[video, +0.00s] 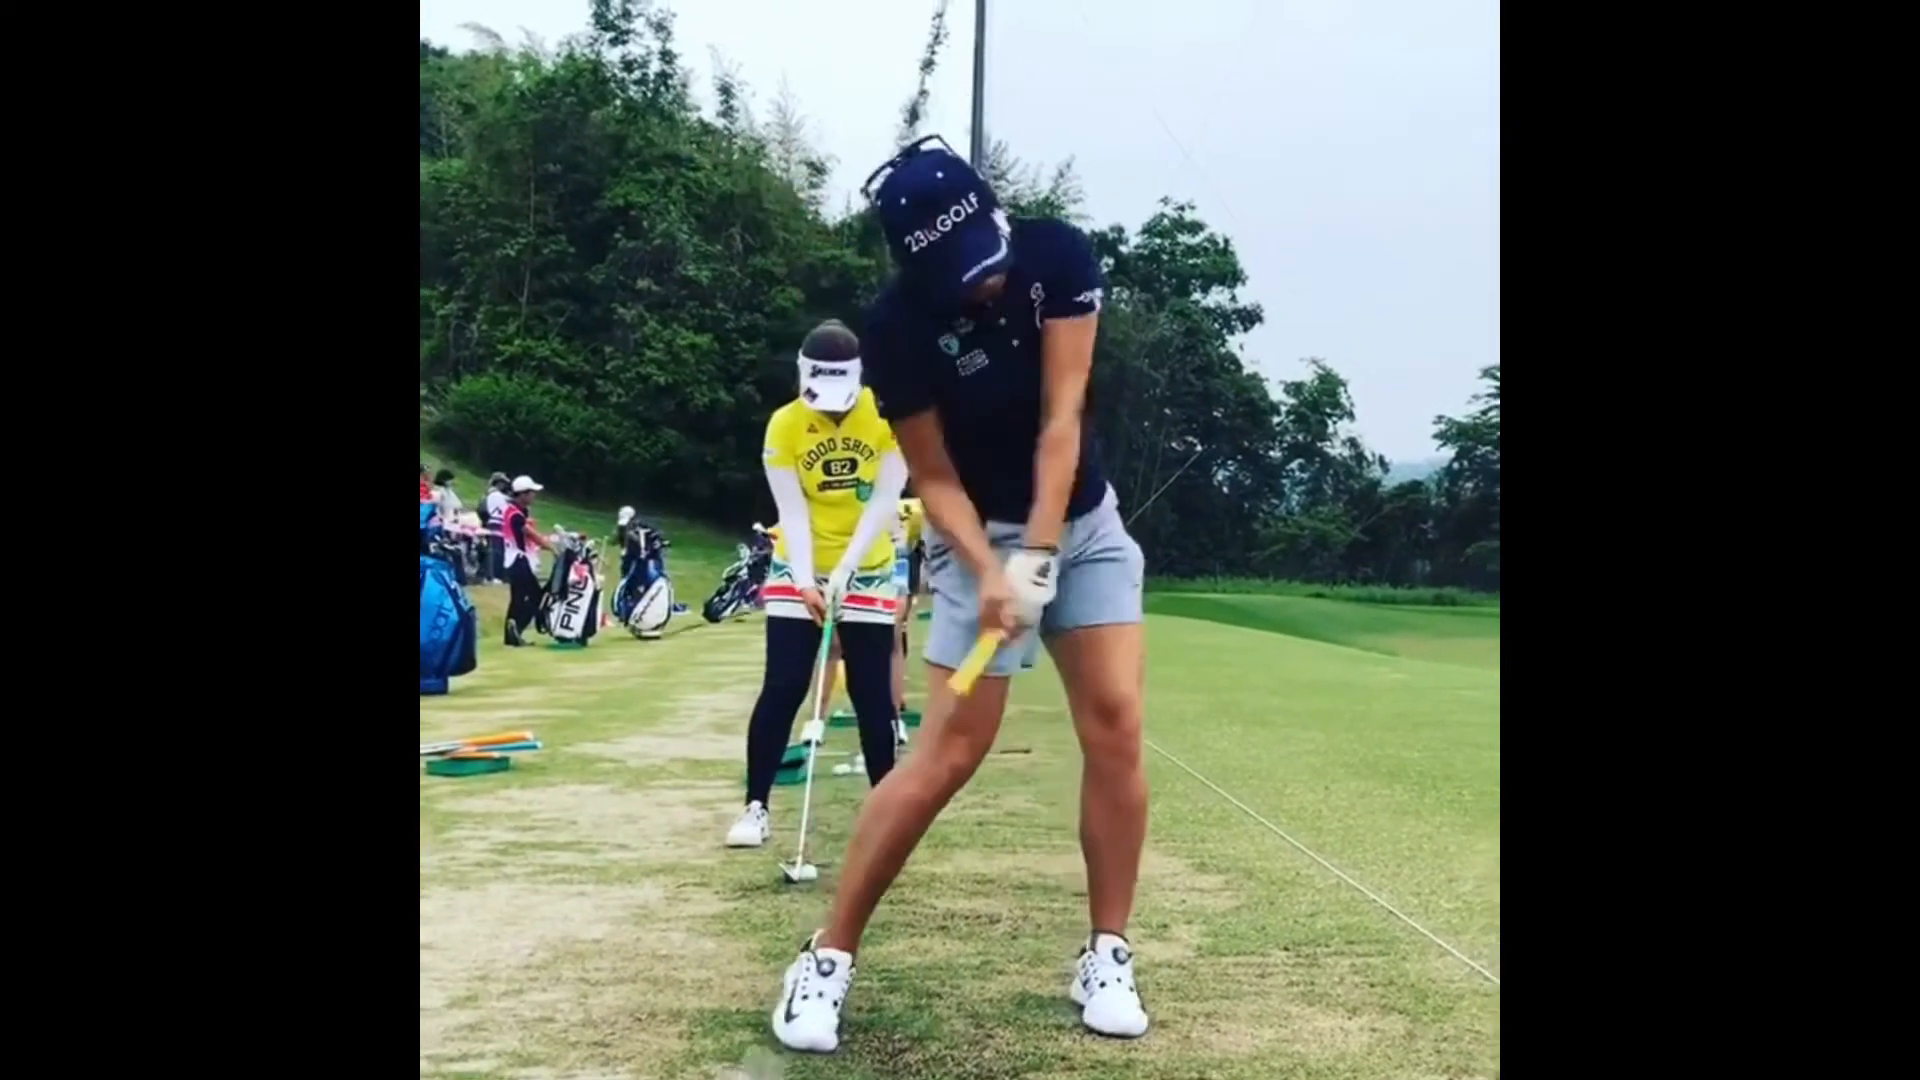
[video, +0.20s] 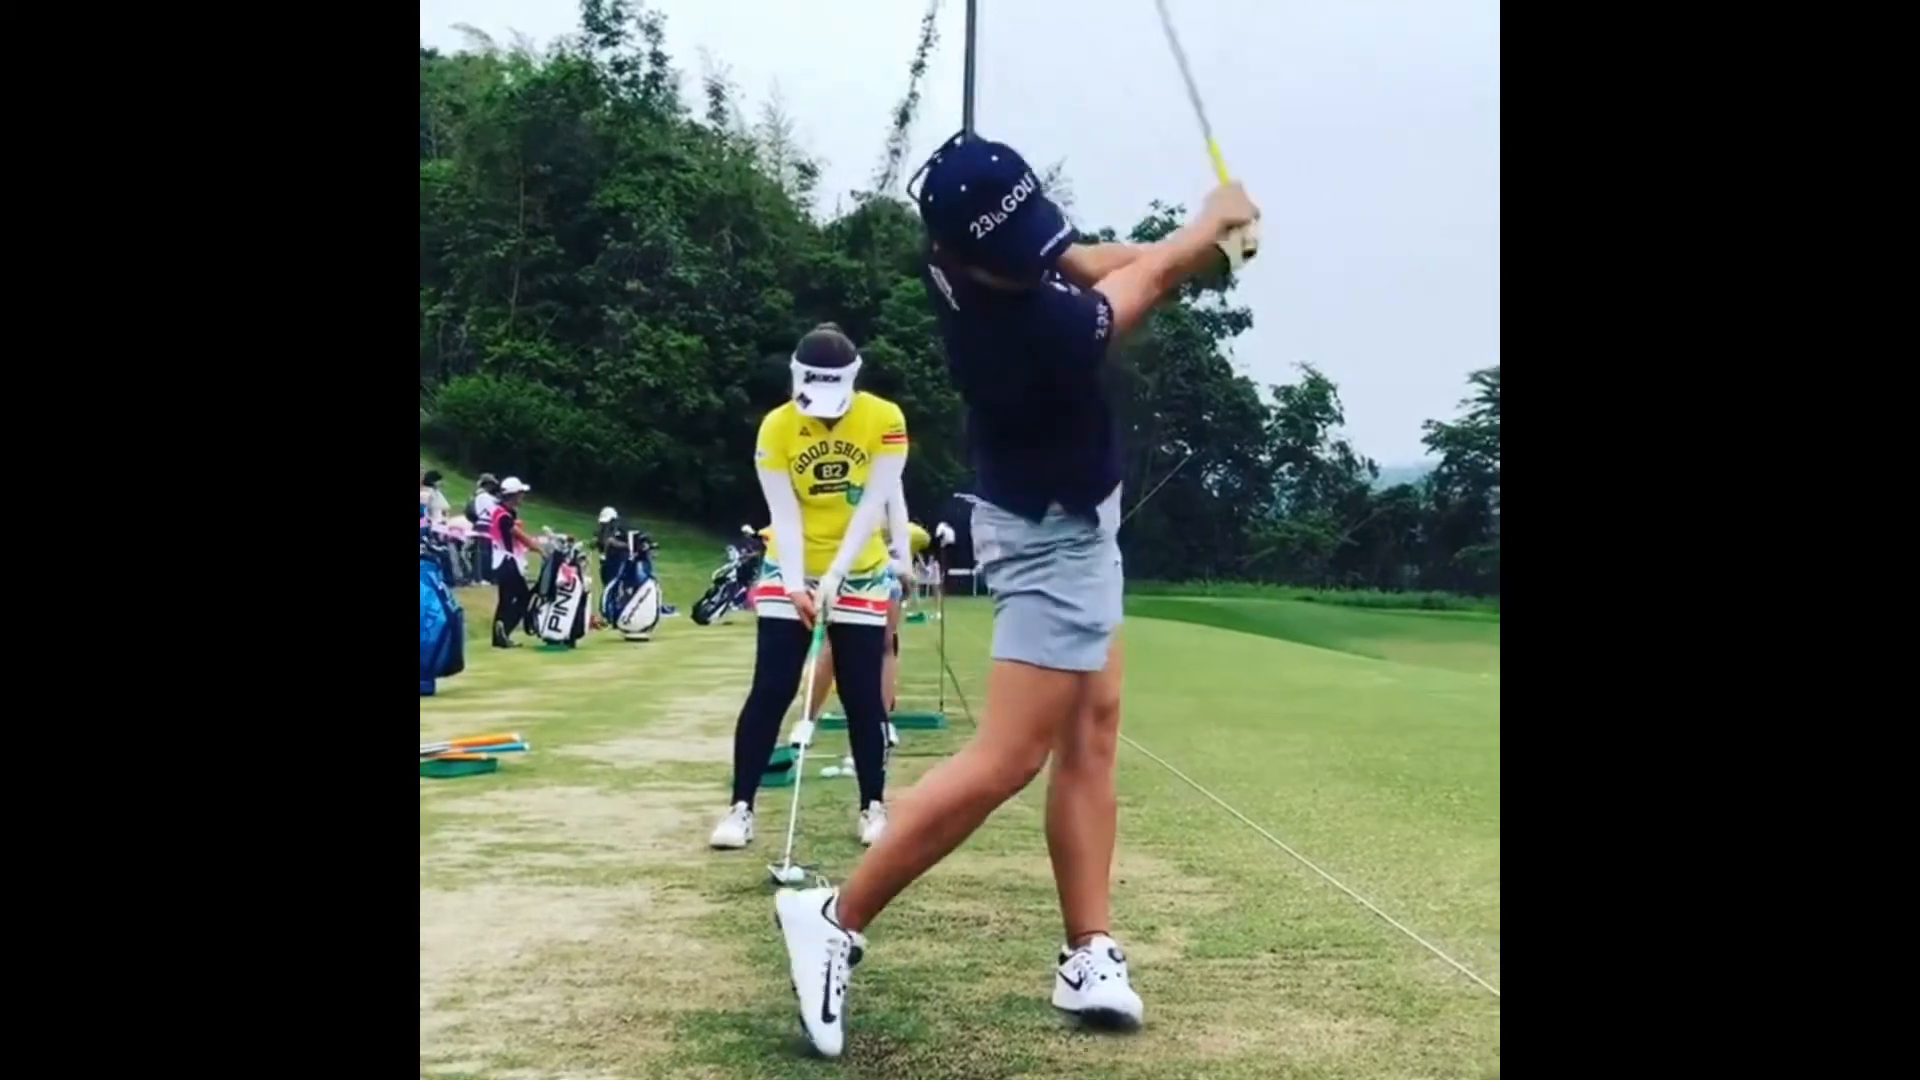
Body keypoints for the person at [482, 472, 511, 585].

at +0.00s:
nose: (506, 487)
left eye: (506, 485)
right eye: (505, 485)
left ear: (494, 484)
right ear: (501, 485)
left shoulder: (489, 496)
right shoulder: (502, 497)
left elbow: (484, 510)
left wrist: (485, 521)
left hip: (492, 524)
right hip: (499, 525)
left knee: (493, 550)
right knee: (499, 550)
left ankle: (490, 574)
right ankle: (498, 575)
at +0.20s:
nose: (495, 489)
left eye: (495, 486)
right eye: (494, 487)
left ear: (481, 485)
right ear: (492, 486)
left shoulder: (477, 497)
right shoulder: (494, 499)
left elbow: (469, 512)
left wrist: (476, 521)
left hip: (478, 528)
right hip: (488, 529)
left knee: (477, 554)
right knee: (486, 554)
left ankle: (477, 577)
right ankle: (486, 577)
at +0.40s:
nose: (484, 489)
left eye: (483, 487)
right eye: (483, 487)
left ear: (472, 486)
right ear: (482, 487)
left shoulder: (467, 499)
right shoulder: (484, 501)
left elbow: (459, 514)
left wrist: (466, 522)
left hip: (467, 528)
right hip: (478, 529)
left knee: (466, 554)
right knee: (477, 554)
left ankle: (467, 578)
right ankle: (477, 578)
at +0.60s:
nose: (476, 491)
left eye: (476, 488)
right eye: (475, 488)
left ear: (464, 487)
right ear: (472, 488)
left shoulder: (459, 500)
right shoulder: (474, 501)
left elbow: (452, 515)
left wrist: (459, 523)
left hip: (460, 531)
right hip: (470, 532)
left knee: (459, 557)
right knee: (469, 556)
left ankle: (459, 579)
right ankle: (468, 580)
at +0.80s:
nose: (470, 492)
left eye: (469, 490)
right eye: (469, 490)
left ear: (458, 490)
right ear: (467, 490)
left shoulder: (454, 502)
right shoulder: (471, 504)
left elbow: (445, 516)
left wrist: (453, 525)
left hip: (454, 534)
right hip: (464, 534)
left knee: (454, 558)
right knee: (463, 558)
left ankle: (453, 582)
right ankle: (464, 581)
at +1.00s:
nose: (467, 495)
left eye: (467, 492)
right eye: (466, 492)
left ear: (456, 492)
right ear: (463, 492)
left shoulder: (450, 505)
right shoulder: (466, 507)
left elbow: (443, 520)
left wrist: (450, 528)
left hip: (452, 536)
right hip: (461, 537)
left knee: (452, 561)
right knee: (461, 560)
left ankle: (451, 584)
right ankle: (461, 584)